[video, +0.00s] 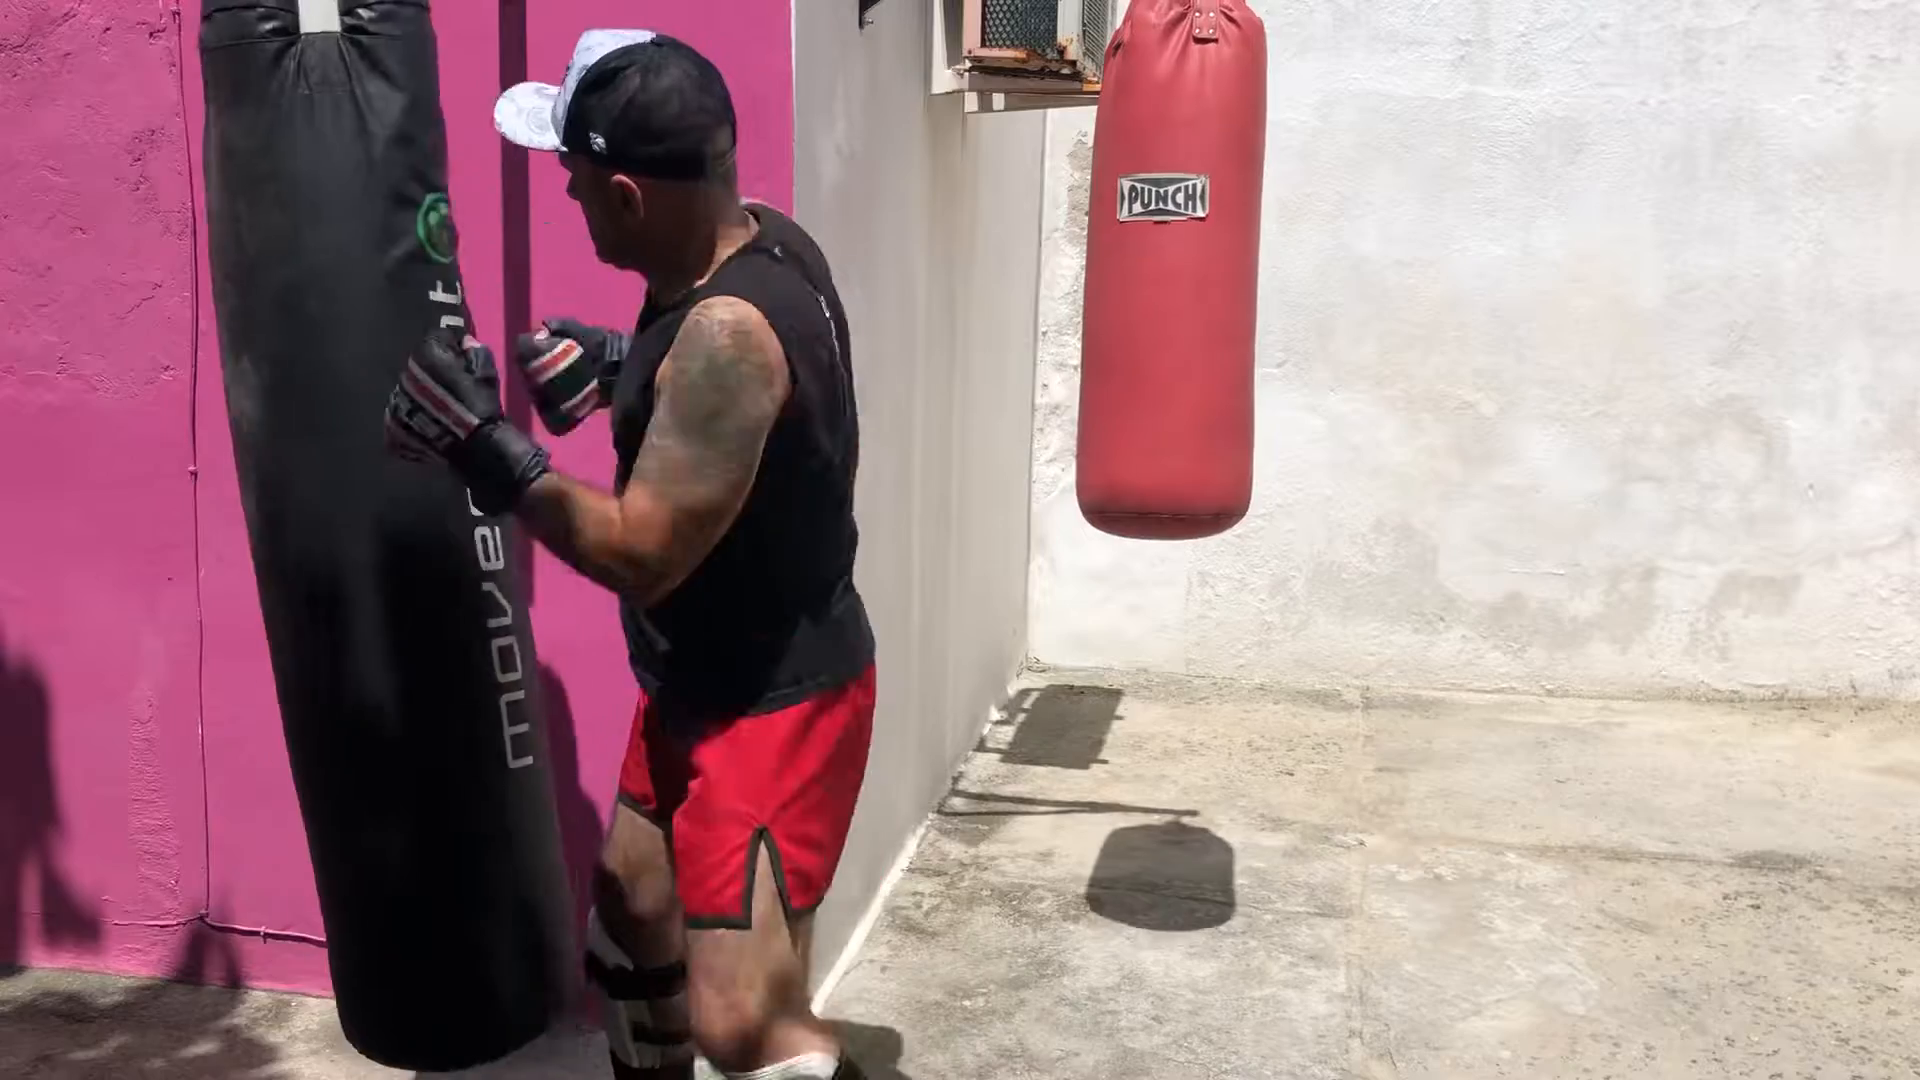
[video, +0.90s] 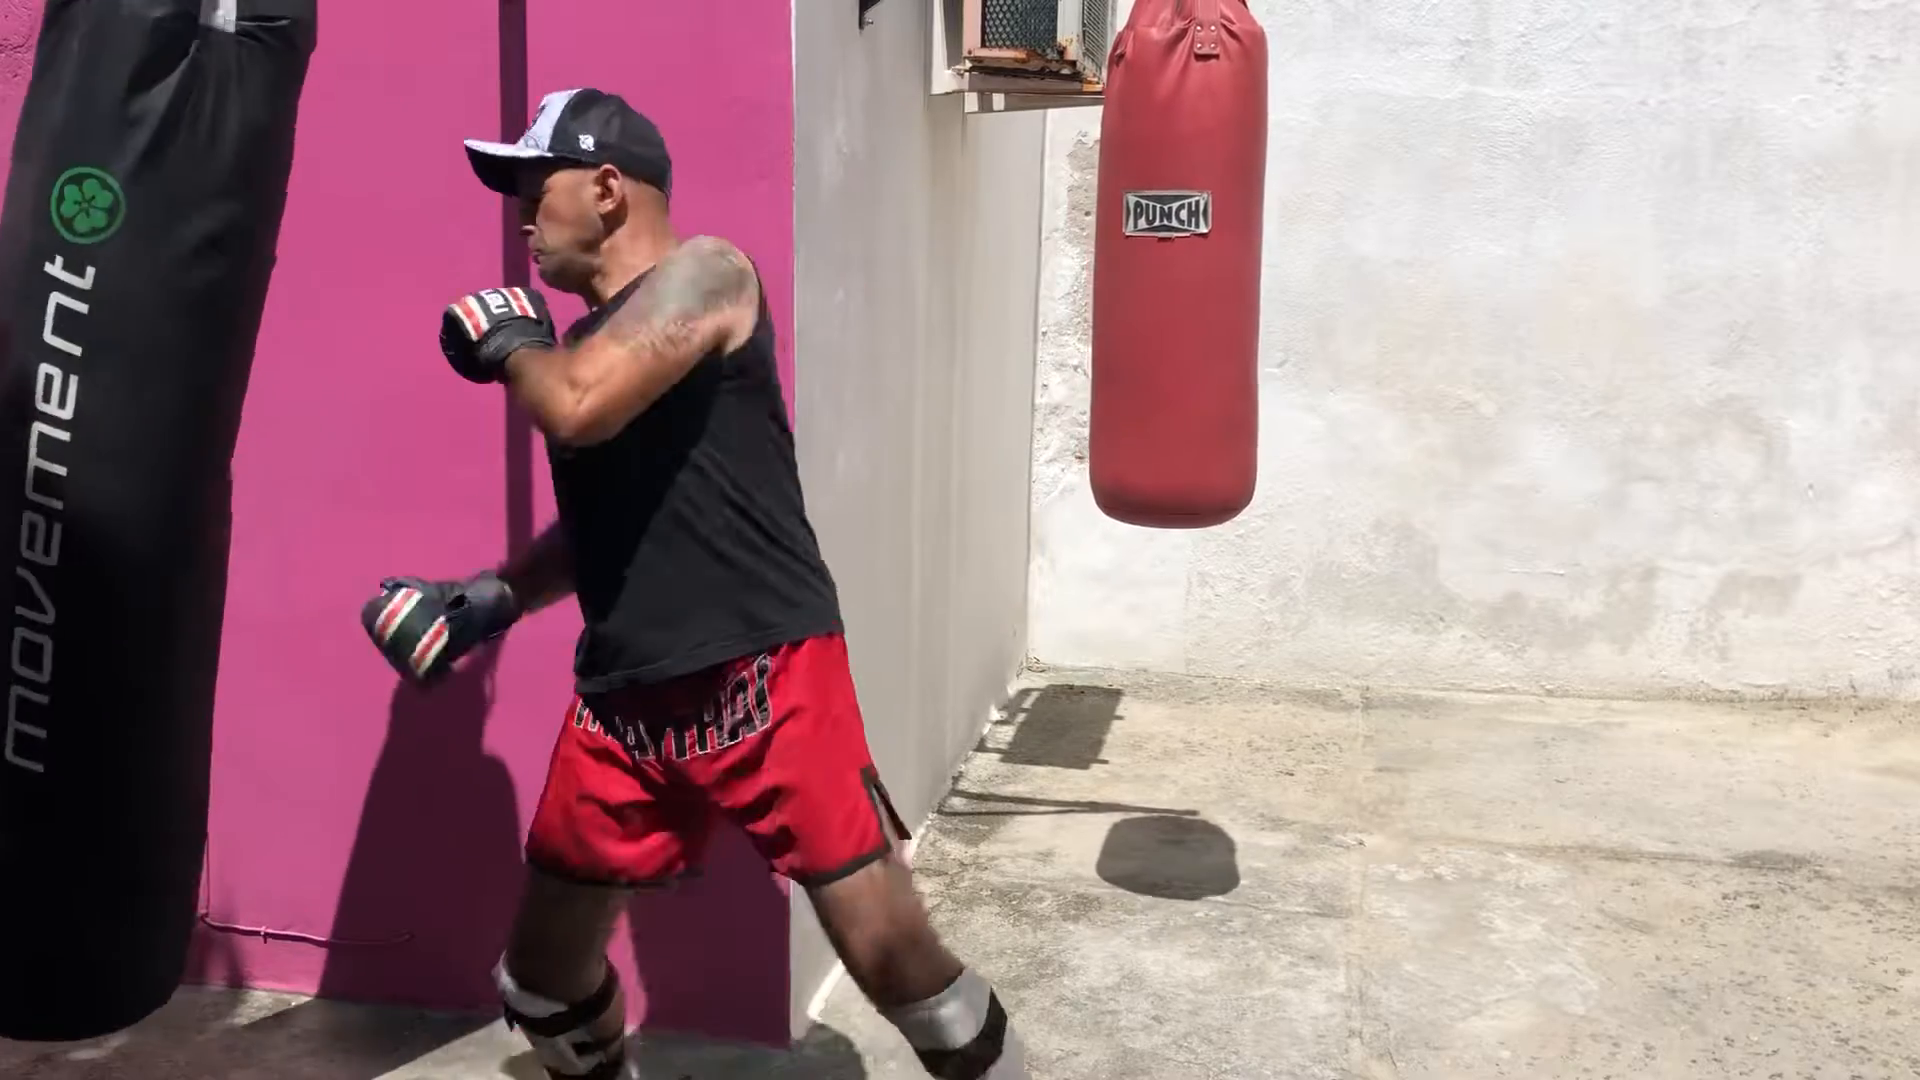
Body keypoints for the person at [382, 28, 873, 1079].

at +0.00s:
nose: (570, 192)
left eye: (577, 176)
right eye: (570, 173)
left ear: (627, 193)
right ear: (708, 166)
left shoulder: (730, 334)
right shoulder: (760, 241)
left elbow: (641, 556)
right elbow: (755, 388)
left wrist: (494, 456)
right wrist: (625, 363)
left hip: (771, 697)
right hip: (697, 675)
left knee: (742, 1019)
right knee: (637, 898)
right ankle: (655, 1064)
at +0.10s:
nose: (557, 185)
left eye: (564, 165)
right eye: (556, 164)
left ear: (616, 172)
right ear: (692, 156)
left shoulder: (618, 305)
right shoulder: (803, 267)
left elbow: (440, 401)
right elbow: (886, 452)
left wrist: (392, 280)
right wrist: (780, 548)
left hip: (720, 689)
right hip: (782, 657)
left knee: (736, 1029)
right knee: (611, 908)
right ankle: (664, 1061)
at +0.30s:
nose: (543, 131)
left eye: (557, 109)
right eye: (549, 108)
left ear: (612, 127)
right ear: (629, 129)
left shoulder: (705, 258)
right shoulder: (636, 264)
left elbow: (576, 466)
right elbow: (625, 412)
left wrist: (508, 391)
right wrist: (564, 320)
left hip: (751, 645)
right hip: (635, 647)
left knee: (766, 983)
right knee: (591, 908)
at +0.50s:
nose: (598, 169)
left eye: (610, 145)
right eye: (602, 146)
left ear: (665, 155)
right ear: (689, 155)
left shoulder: (723, 261)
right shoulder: (740, 264)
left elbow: (536, 414)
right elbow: (757, 477)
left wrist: (582, 290)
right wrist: (631, 542)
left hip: (780, 696)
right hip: (662, 692)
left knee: (846, 1032)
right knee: (541, 909)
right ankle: (629, 1075)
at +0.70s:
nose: (567, 222)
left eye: (586, 196)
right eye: (574, 199)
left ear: (648, 211)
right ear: (650, 215)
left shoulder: (742, 319)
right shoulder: (651, 359)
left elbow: (696, 500)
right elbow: (671, 504)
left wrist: (572, 450)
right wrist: (563, 462)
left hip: (769, 747)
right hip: (635, 748)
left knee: (861, 1041)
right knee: (529, 964)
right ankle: (610, 1079)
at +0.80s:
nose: (538, 211)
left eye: (562, 189)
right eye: (543, 191)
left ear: (639, 202)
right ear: (623, 207)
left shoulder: (749, 312)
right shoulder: (569, 368)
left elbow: (717, 457)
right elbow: (495, 491)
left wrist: (566, 404)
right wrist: (340, 486)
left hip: (782, 714)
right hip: (618, 726)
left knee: (887, 1004)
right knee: (522, 998)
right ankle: (601, 1078)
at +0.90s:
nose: (522, 207)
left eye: (539, 184)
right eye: (523, 188)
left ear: (612, 187)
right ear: (595, 196)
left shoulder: (709, 270)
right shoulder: (590, 349)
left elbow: (574, 405)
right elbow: (601, 527)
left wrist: (508, 338)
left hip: (770, 672)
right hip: (627, 698)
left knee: (890, 958)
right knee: (548, 972)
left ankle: (989, 1068)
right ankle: (599, 1074)